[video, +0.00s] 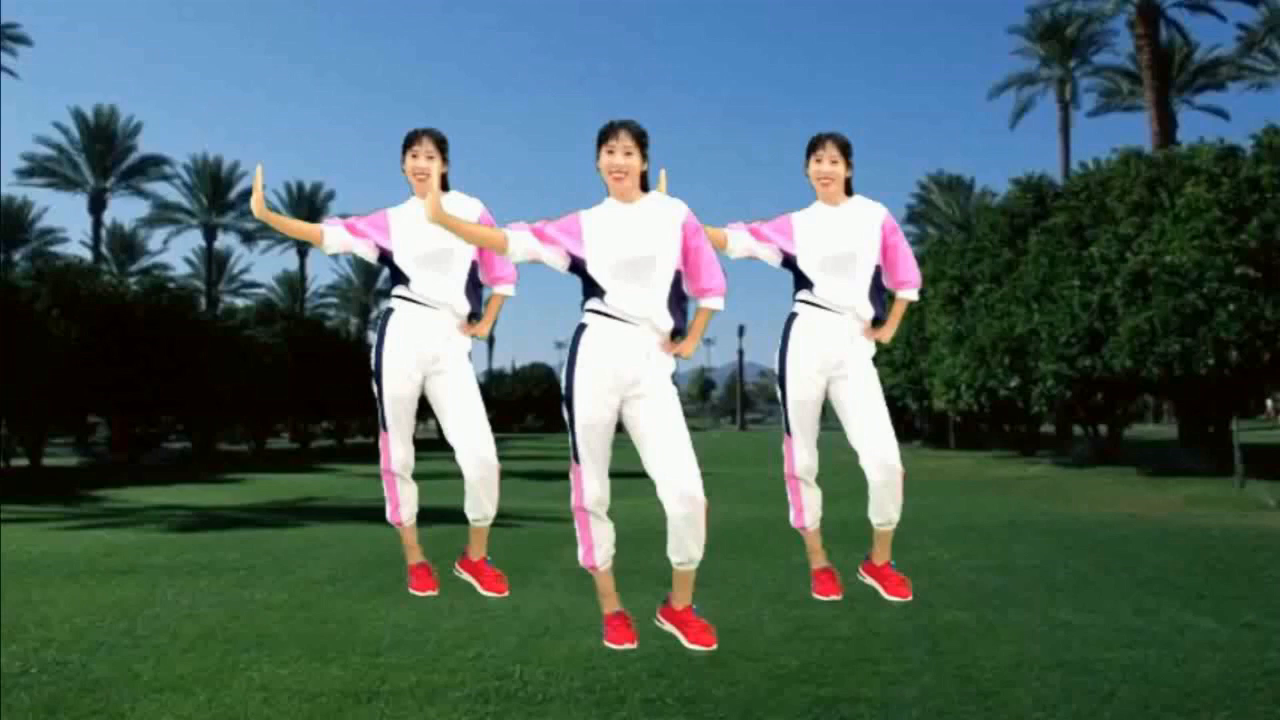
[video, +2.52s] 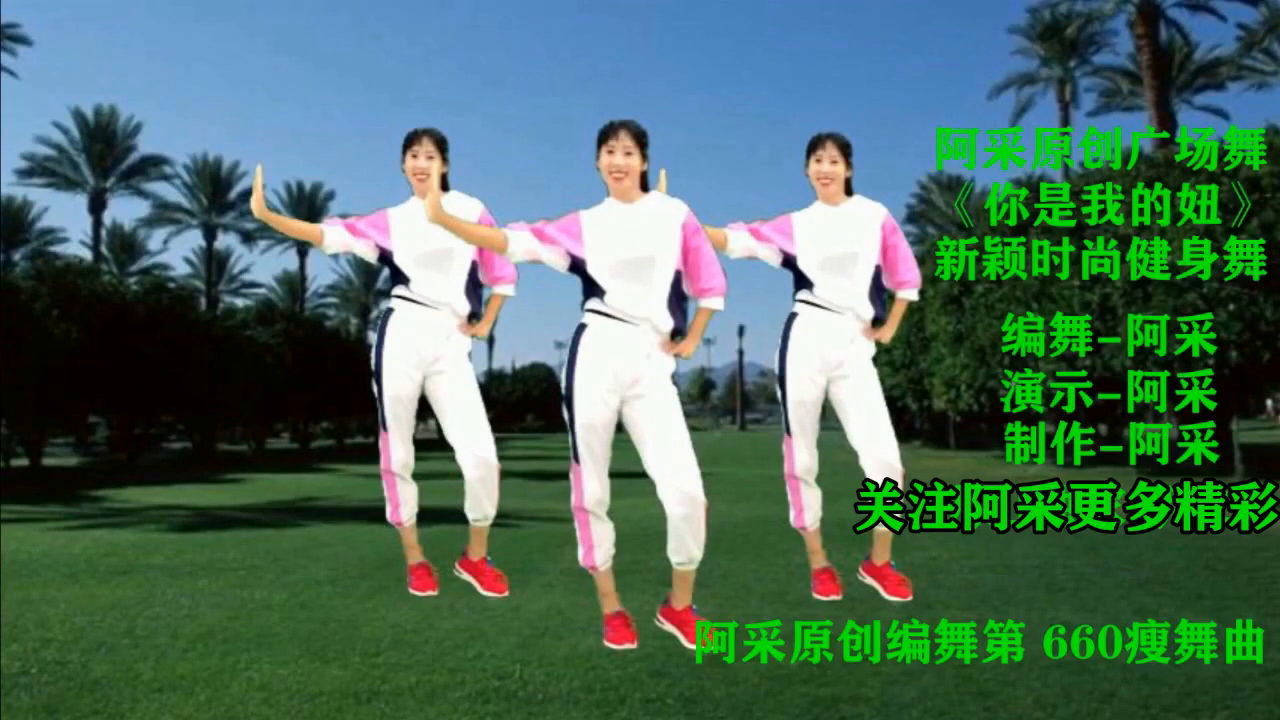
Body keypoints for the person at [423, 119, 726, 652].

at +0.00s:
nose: (618, 160)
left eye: (627, 152)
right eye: (609, 152)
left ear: (644, 162)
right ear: (598, 163)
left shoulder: (675, 216)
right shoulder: (586, 223)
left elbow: (710, 283)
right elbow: (509, 241)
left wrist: (690, 341)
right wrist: (442, 218)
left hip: (653, 353)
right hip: (598, 348)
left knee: (686, 492)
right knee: (594, 489)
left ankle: (680, 606)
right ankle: (612, 611)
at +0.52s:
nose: (618, 160)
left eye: (627, 152)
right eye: (609, 152)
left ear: (644, 162)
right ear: (598, 163)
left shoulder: (675, 215)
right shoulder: (585, 223)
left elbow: (711, 284)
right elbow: (509, 241)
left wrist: (689, 343)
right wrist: (442, 218)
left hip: (653, 354)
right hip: (598, 349)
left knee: (686, 492)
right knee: (593, 489)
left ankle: (680, 606)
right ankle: (612, 611)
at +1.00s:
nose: (618, 160)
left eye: (627, 152)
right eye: (609, 152)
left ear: (644, 162)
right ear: (598, 163)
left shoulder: (675, 216)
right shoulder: (586, 223)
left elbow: (711, 284)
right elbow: (510, 241)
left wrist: (689, 342)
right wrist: (443, 218)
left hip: (653, 354)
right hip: (598, 349)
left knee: (686, 492)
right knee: (593, 488)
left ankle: (679, 606)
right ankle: (612, 611)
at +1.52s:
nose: (618, 160)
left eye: (628, 152)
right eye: (609, 152)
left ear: (644, 162)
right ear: (598, 163)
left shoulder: (675, 216)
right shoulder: (586, 223)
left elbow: (711, 284)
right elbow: (510, 241)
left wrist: (689, 342)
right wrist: (443, 218)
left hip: (653, 353)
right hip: (598, 348)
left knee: (686, 493)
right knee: (593, 489)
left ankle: (679, 607)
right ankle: (612, 610)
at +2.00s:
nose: (618, 160)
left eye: (628, 152)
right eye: (609, 152)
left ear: (644, 162)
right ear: (598, 163)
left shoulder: (675, 216)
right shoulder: (586, 222)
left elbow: (711, 285)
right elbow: (510, 241)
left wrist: (689, 342)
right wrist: (443, 218)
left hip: (654, 353)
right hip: (598, 348)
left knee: (686, 492)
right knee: (593, 489)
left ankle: (679, 607)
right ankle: (612, 610)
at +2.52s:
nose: (618, 160)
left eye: (628, 152)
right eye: (609, 152)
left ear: (644, 162)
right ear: (598, 163)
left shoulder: (675, 216)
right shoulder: (586, 223)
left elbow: (711, 284)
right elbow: (510, 241)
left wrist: (689, 342)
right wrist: (442, 218)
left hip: (654, 353)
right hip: (598, 348)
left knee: (686, 492)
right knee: (593, 488)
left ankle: (679, 607)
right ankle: (612, 610)